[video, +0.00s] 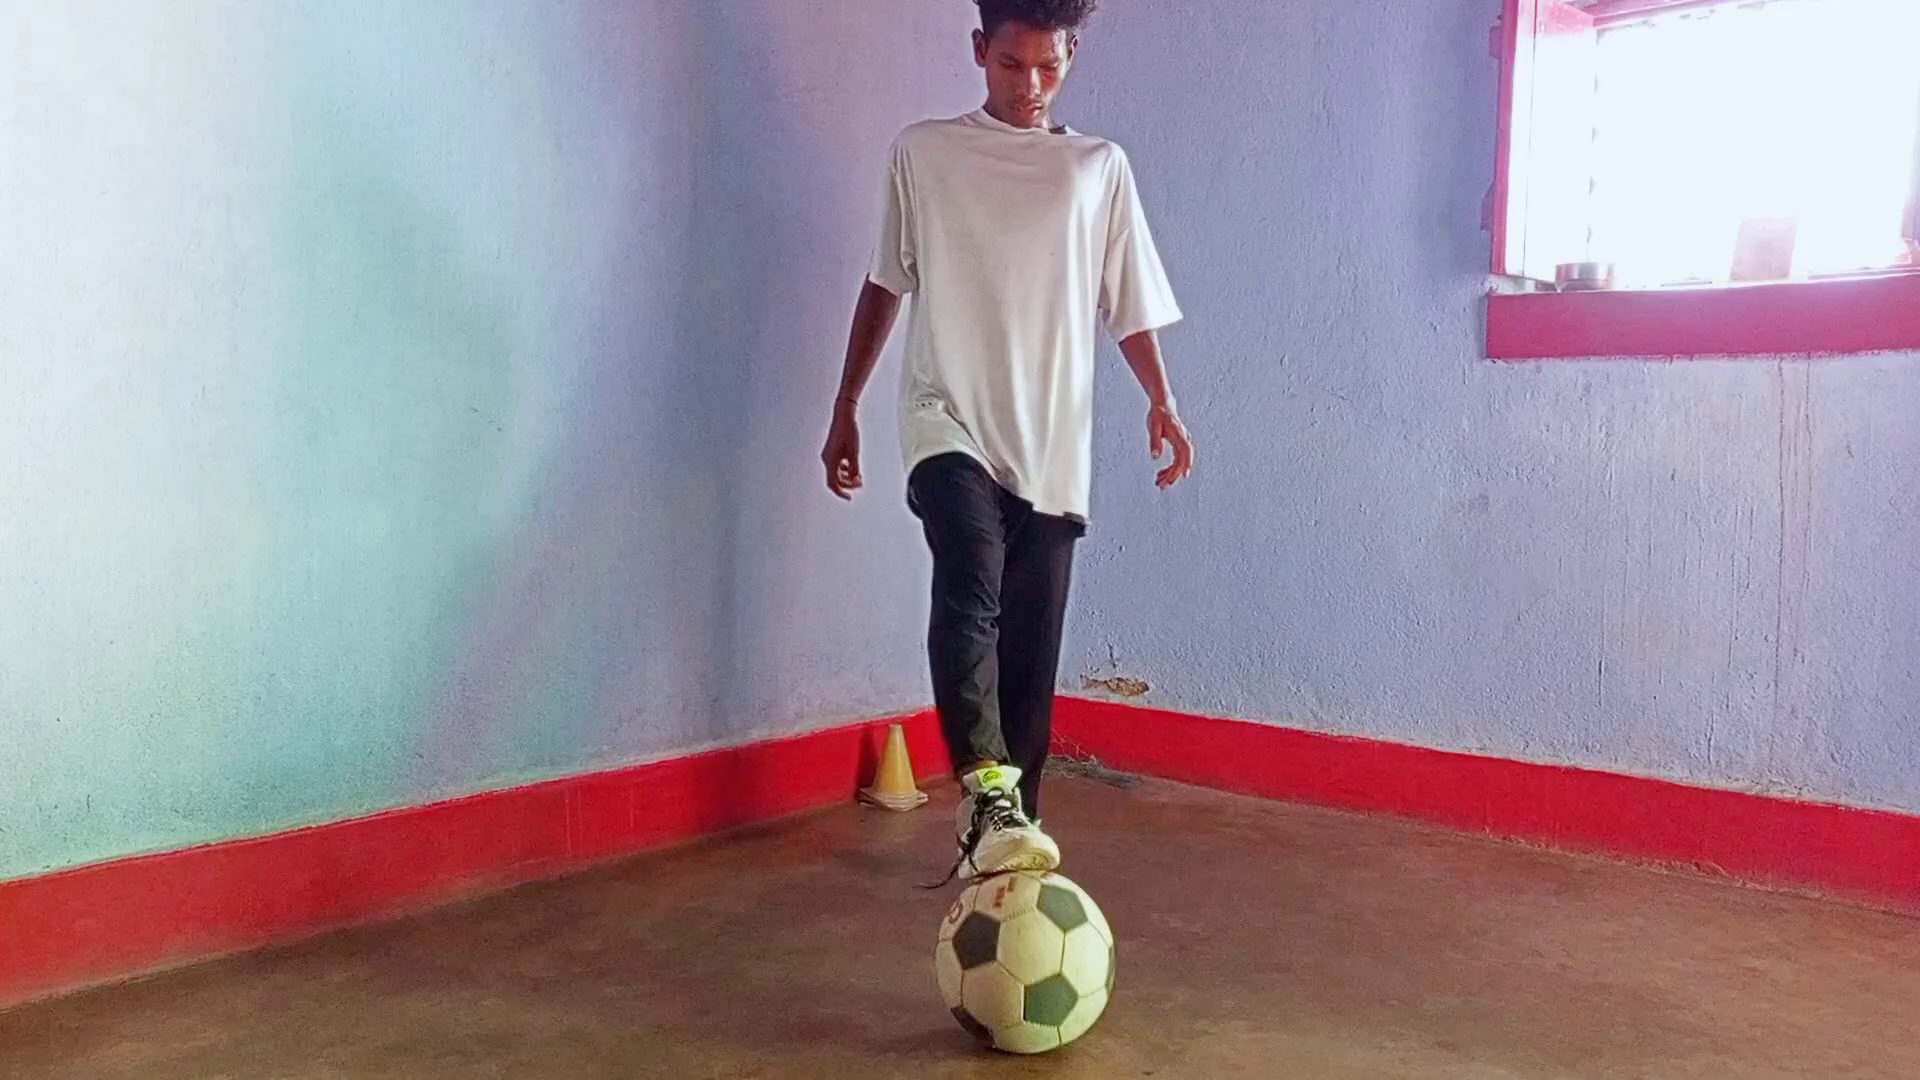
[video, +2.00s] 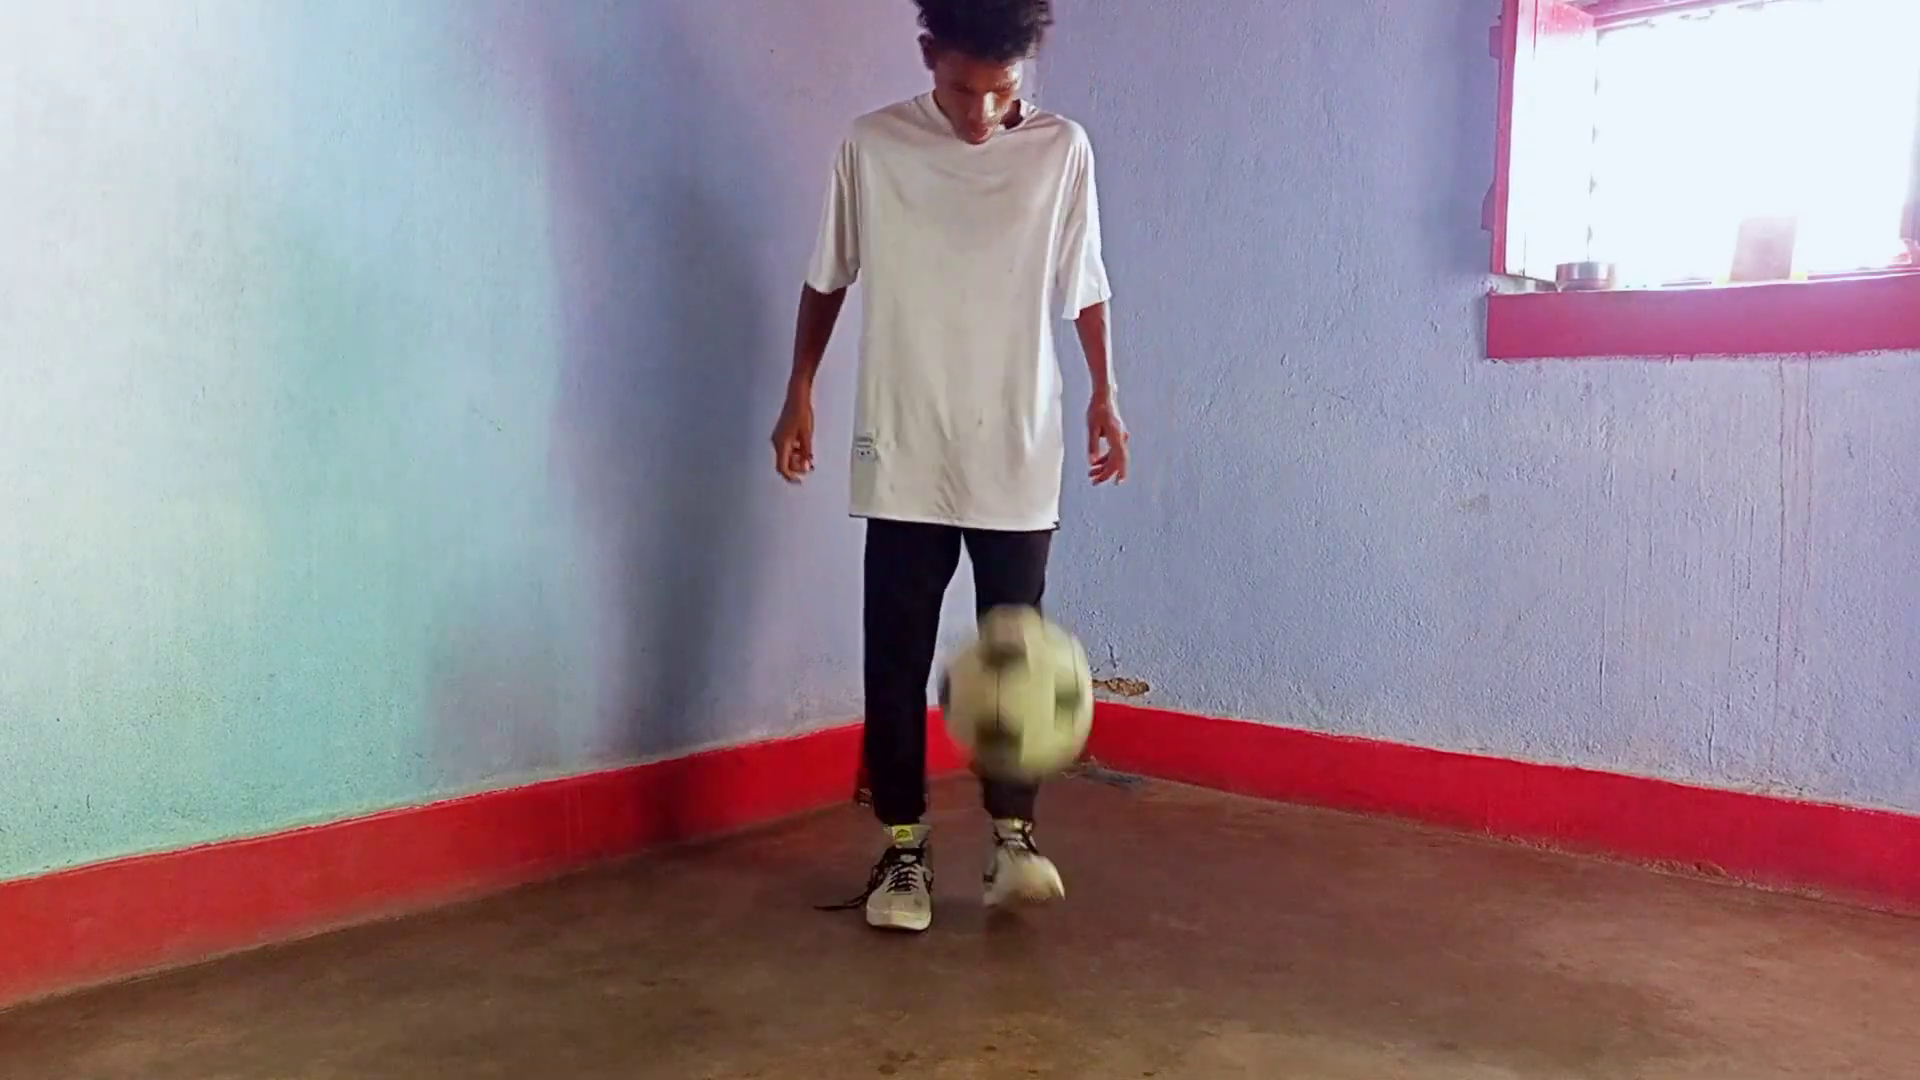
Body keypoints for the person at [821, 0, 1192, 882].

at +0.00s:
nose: (1032, 84)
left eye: (1049, 65)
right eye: (1014, 64)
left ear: (1072, 60)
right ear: (980, 53)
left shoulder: (1101, 167)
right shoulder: (922, 153)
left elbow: (1128, 303)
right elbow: (884, 287)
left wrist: (1161, 400)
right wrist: (845, 406)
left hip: (1051, 434)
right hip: (949, 416)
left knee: (1030, 644)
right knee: (972, 557)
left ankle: (1007, 842)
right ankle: (986, 788)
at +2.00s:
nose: (979, 111)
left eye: (998, 89)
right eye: (961, 88)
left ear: (1023, 64)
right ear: (928, 55)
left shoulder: (1061, 149)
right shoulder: (871, 145)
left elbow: (1085, 284)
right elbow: (827, 279)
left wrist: (1104, 398)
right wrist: (798, 394)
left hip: (1019, 449)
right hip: (904, 447)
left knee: (1015, 655)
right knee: (897, 659)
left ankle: (1015, 839)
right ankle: (903, 855)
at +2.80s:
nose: (1000, 98)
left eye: (1018, 78)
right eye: (981, 77)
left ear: (1041, 58)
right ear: (943, 51)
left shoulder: (1076, 152)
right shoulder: (885, 154)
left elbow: (1105, 293)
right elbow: (845, 295)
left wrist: (1127, 411)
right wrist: (810, 417)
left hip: (1036, 448)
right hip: (928, 448)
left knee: (1038, 656)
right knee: (935, 656)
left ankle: (1020, 842)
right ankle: (935, 858)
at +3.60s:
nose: (1043, 96)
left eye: (1062, 78)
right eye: (1027, 75)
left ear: (1083, 58)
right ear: (987, 43)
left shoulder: (1105, 148)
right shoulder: (917, 137)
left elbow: (1139, 291)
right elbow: (875, 271)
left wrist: (1164, 403)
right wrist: (861, 381)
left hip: (1050, 445)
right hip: (941, 440)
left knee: (1040, 652)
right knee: (954, 646)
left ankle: (1024, 848)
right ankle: (950, 855)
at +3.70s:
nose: (1028, 95)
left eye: (1046, 77)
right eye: (1011, 74)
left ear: (1067, 57)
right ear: (971, 45)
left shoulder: (1088, 149)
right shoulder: (901, 142)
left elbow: (1114, 294)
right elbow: (859, 279)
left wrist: (1138, 410)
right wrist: (843, 395)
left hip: (1042, 445)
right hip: (926, 440)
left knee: (1034, 658)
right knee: (920, 652)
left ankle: (1019, 846)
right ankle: (918, 853)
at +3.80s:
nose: (1021, 109)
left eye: (1038, 90)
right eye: (1004, 87)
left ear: (1058, 66)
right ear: (962, 52)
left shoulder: (1082, 156)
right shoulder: (897, 152)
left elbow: (1102, 301)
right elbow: (849, 290)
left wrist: (1118, 417)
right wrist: (831, 411)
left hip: (1036, 455)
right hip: (927, 453)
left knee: (1024, 664)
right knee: (920, 663)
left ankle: (1013, 846)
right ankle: (917, 856)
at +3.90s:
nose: (1023, 108)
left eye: (1040, 89)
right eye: (1006, 86)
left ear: (1060, 67)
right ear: (965, 55)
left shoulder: (1086, 158)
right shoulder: (897, 149)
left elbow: (1094, 303)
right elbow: (844, 289)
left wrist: (1106, 422)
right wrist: (823, 412)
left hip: (1036, 453)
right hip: (929, 451)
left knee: (1020, 658)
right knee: (920, 659)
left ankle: (1015, 853)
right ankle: (920, 854)